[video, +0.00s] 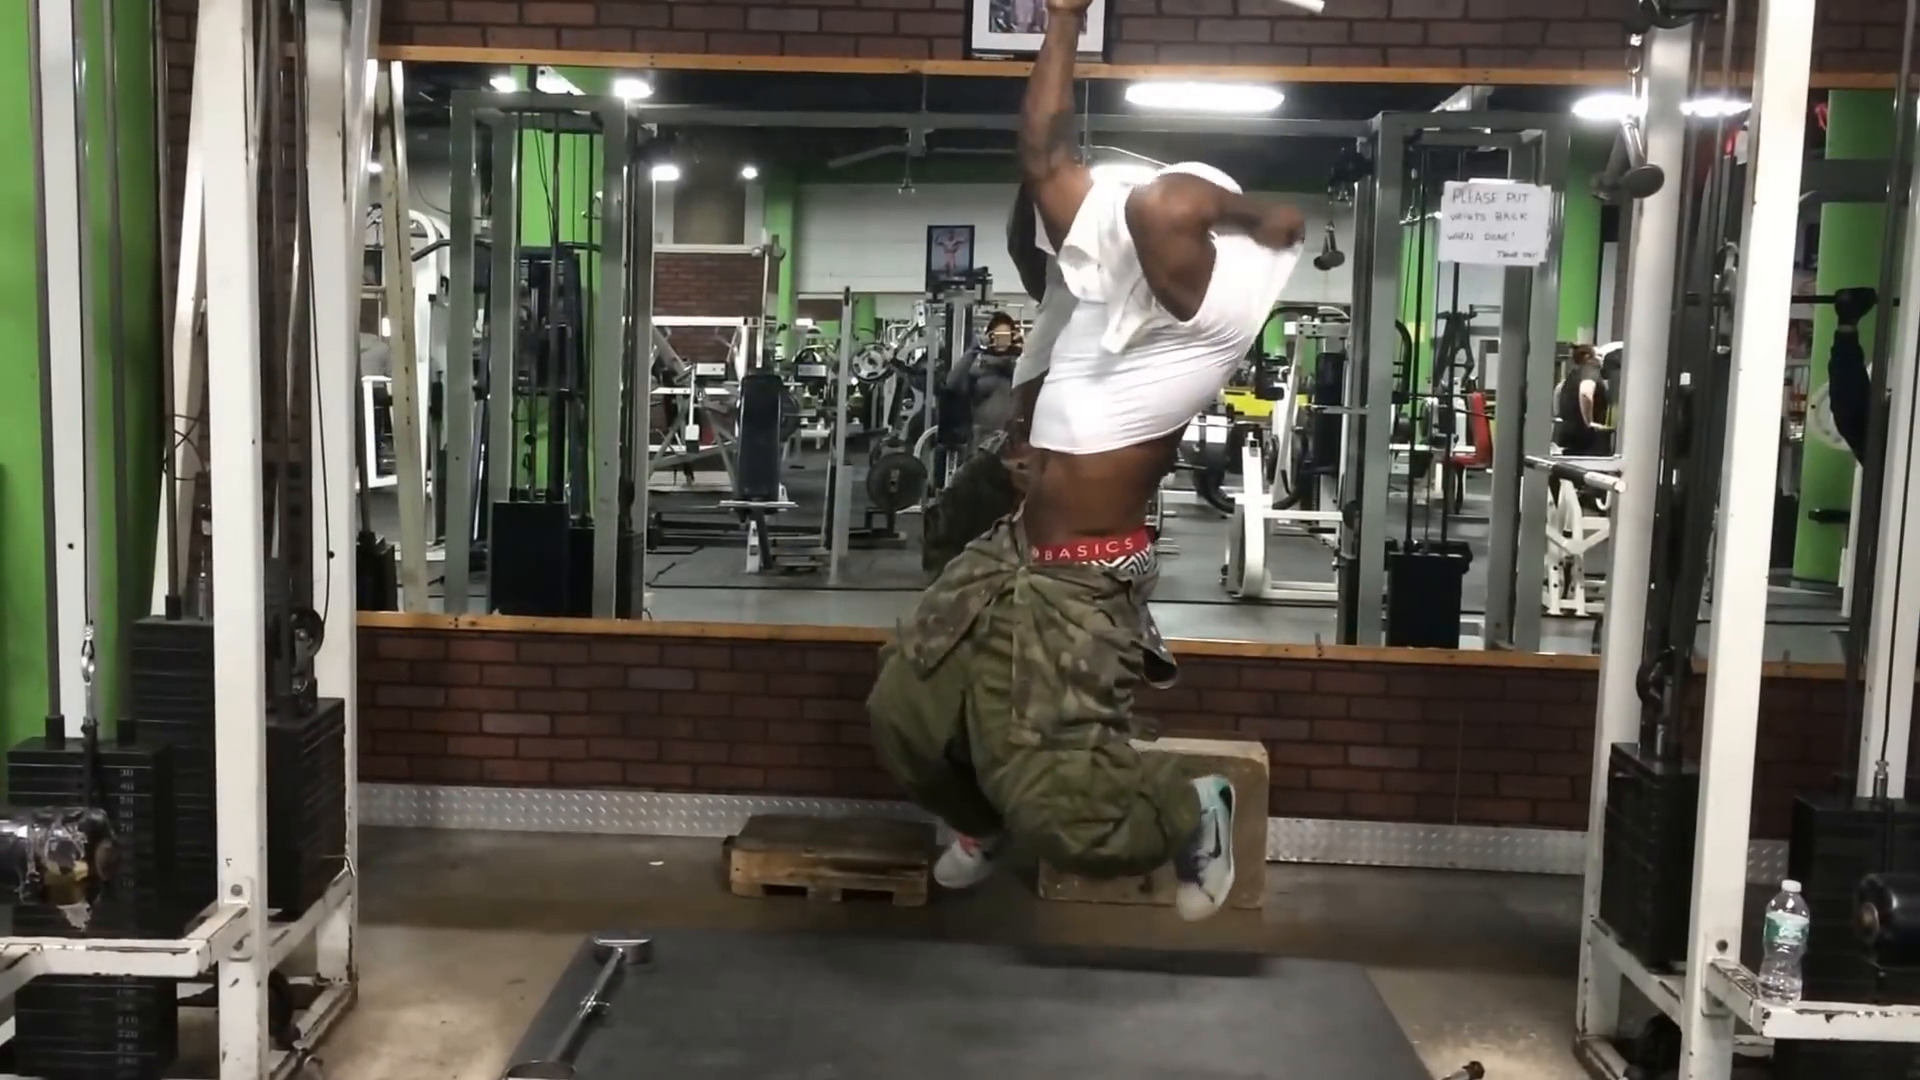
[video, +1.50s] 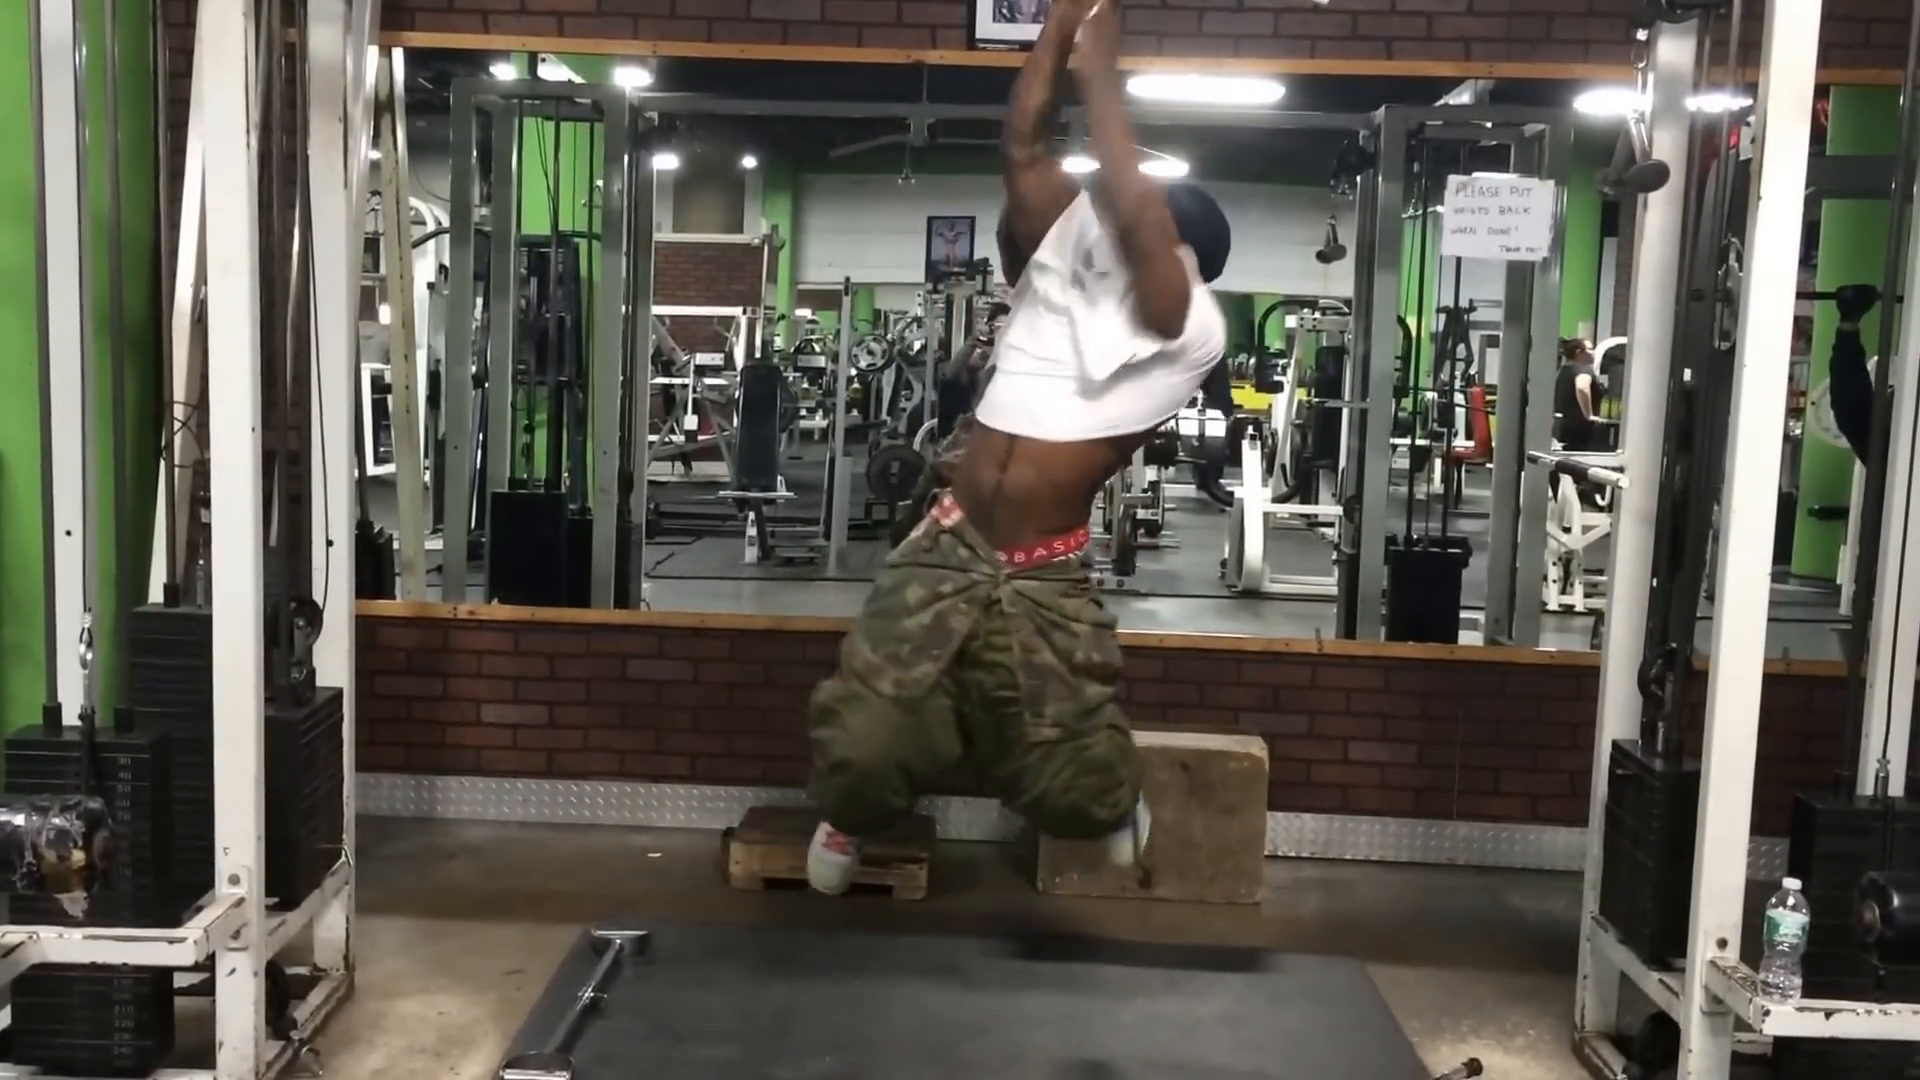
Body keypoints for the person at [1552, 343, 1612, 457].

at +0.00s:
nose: (1601, 359)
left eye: (1600, 355)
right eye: (1598, 356)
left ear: (1583, 359)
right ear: (1588, 358)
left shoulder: (1574, 372)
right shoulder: (1591, 370)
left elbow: (1558, 390)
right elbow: (1585, 394)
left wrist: (1558, 415)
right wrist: (1589, 422)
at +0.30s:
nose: (1599, 358)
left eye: (1598, 354)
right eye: (1596, 354)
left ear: (1584, 357)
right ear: (1585, 357)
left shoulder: (1568, 376)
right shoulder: (1585, 376)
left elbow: (1559, 407)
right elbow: (1584, 405)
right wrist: (1588, 431)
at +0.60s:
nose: (1600, 358)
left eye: (1600, 354)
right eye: (1597, 353)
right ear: (1586, 356)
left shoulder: (1564, 373)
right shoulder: (1591, 372)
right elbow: (1588, 386)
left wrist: (1558, 409)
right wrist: (1592, 413)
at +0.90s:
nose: (1601, 356)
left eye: (1600, 352)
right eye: (1598, 352)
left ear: (1585, 355)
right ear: (1587, 354)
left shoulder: (1569, 371)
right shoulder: (1591, 370)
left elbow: (1557, 380)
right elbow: (1588, 386)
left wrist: (1559, 408)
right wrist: (1591, 413)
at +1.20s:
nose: (1594, 354)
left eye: (1594, 350)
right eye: (1591, 350)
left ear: (1580, 353)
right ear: (1580, 353)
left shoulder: (1566, 372)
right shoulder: (1581, 371)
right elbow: (1580, 400)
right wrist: (1587, 429)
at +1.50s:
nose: (1593, 353)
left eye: (1592, 349)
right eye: (1590, 349)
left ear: (1577, 353)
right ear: (1579, 353)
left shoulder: (1564, 370)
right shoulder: (1584, 370)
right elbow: (1581, 388)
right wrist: (1589, 415)